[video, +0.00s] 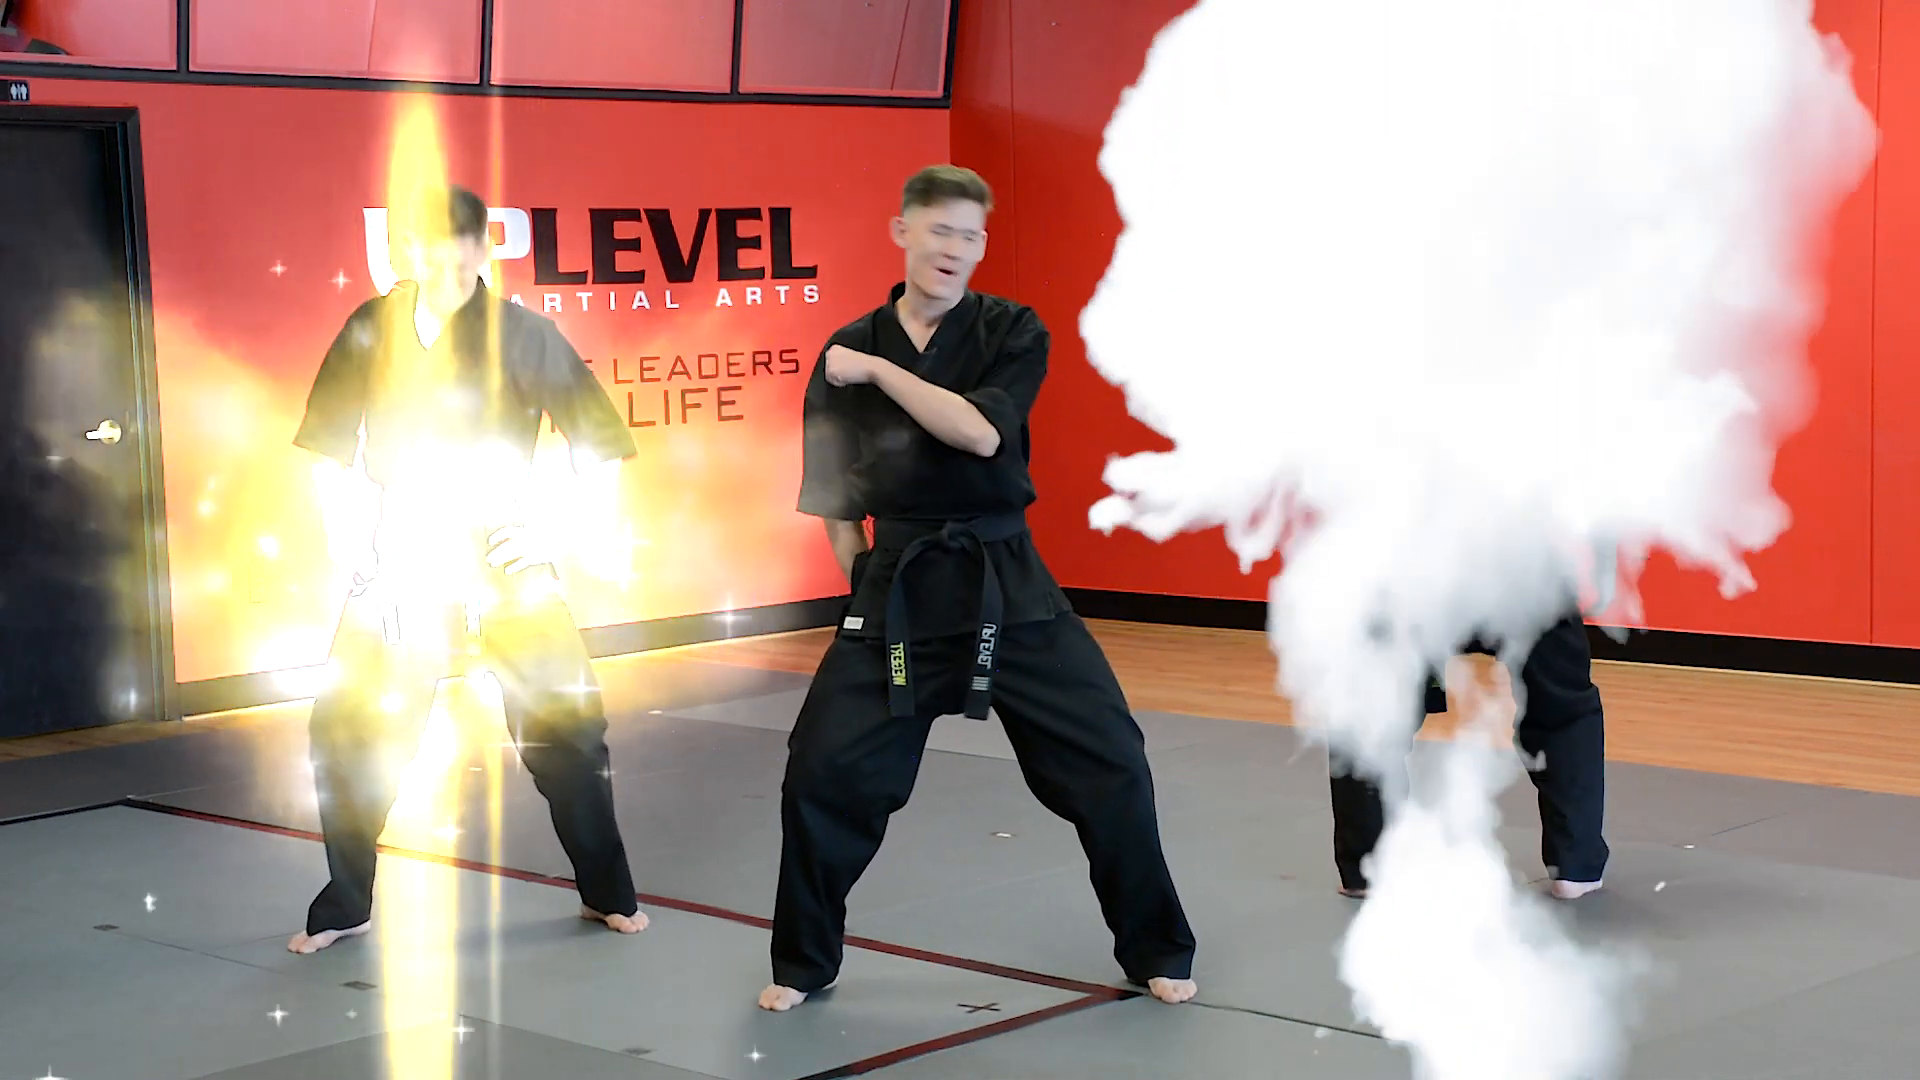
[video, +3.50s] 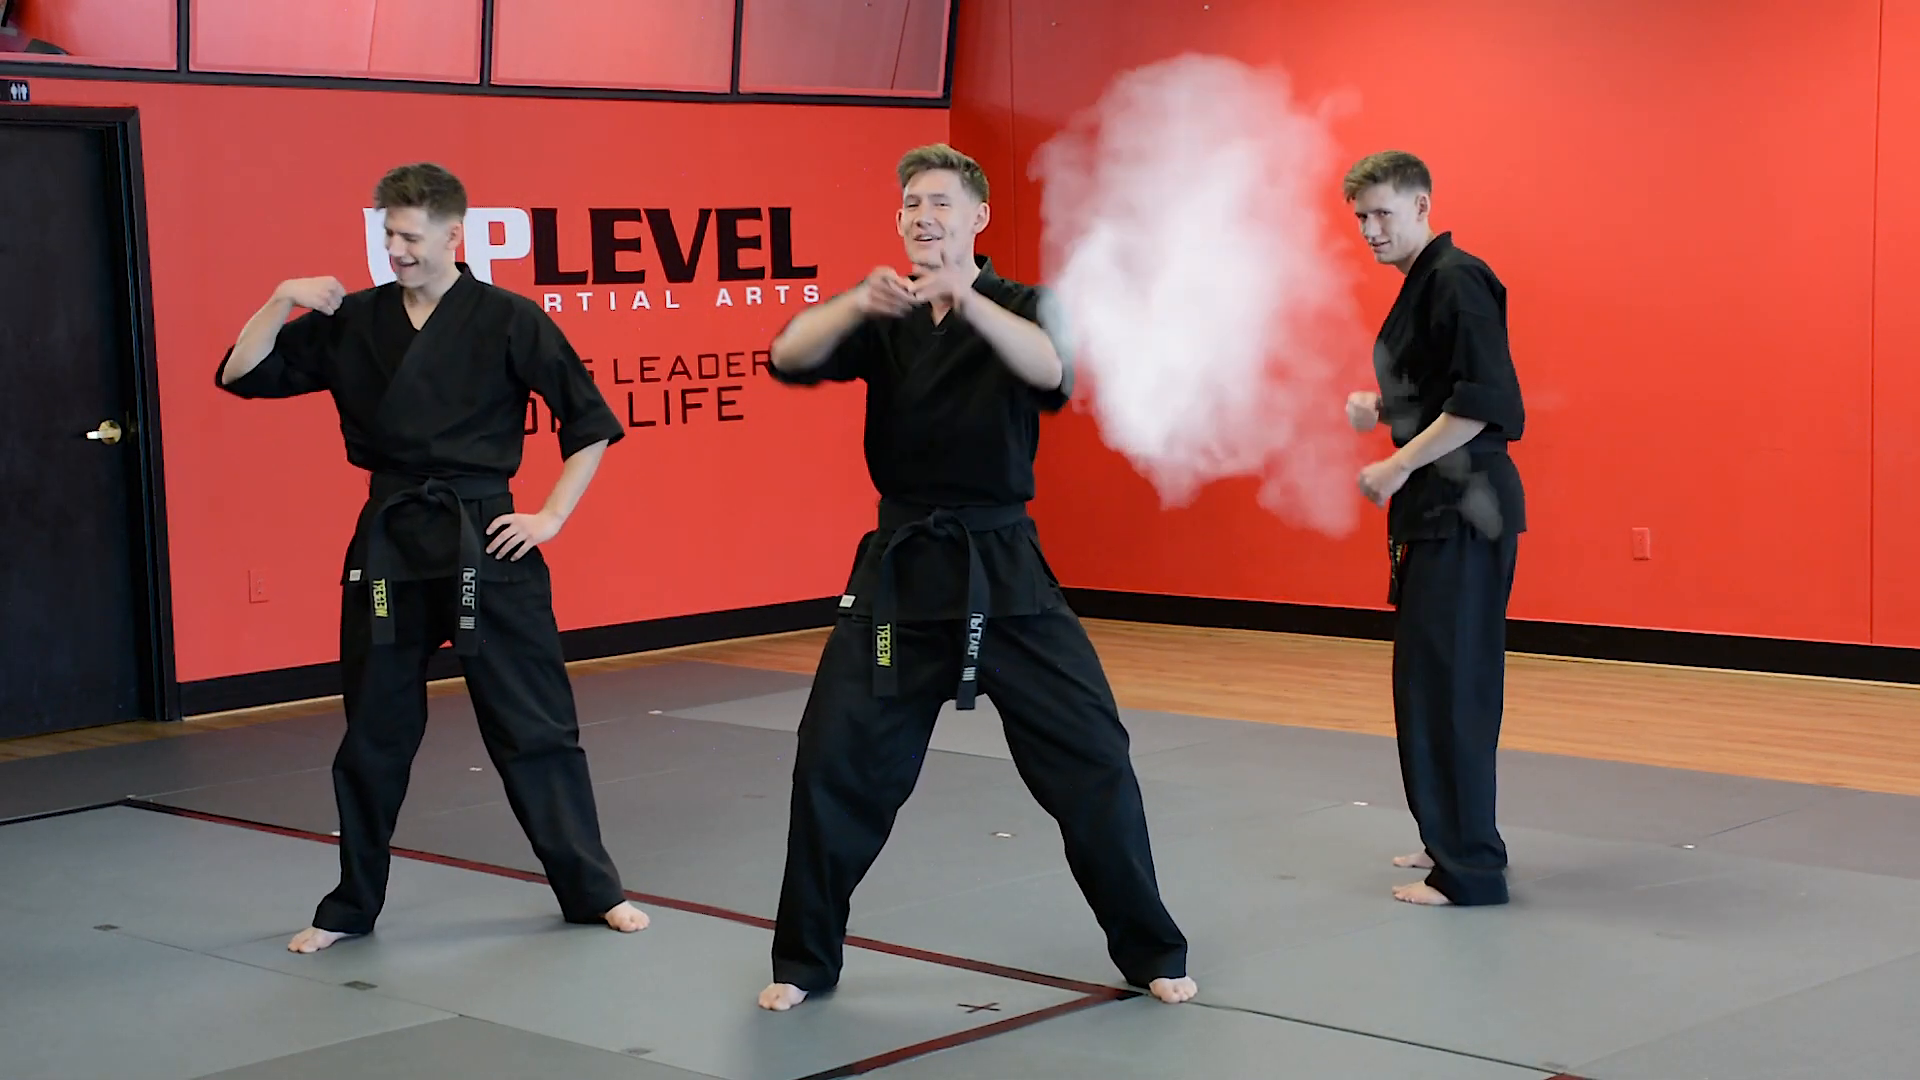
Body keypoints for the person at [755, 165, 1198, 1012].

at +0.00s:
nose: (956, 250)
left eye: (971, 237)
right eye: (941, 231)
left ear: (984, 249)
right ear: (901, 234)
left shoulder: (1014, 333)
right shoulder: (850, 348)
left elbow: (982, 431)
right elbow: (830, 493)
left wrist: (875, 368)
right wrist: (869, 590)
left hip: (1008, 575)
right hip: (898, 582)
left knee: (1110, 759)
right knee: (825, 768)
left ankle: (1155, 947)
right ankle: (804, 960)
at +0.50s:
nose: (922, 231)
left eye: (939, 217)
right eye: (909, 216)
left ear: (967, 231)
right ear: (886, 229)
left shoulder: (1016, 329)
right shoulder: (853, 356)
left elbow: (1033, 459)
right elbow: (849, 509)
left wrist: (915, 493)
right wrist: (877, 609)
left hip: (1011, 582)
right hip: (896, 591)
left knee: (1110, 761)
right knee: (827, 768)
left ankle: (1156, 947)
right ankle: (805, 959)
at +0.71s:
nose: (924, 221)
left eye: (943, 209)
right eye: (911, 208)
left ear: (972, 228)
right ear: (890, 225)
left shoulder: (1015, 332)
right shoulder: (853, 351)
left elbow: (1056, 472)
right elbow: (844, 499)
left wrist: (994, 575)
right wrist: (869, 601)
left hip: (1009, 573)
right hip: (895, 582)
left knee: (1106, 755)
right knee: (828, 764)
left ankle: (1154, 946)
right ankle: (804, 959)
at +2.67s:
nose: (953, 218)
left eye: (969, 206)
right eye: (938, 207)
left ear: (998, 223)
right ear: (915, 227)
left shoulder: (1034, 340)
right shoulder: (864, 335)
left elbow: (1066, 482)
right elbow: (832, 481)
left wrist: (1074, 599)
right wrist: (826, 601)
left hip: (1014, 578)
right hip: (898, 581)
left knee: (1106, 759)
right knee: (832, 765)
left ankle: (1154, 948)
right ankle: (805, 960)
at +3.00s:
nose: (942, 217)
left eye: (959, 205)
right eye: (929, 207)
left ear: (994, 221)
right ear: (910, 228)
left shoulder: (1036, 336)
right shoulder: (864, 327)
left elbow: (1065, 466)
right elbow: (819, 436)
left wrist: (1019, 507)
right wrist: (832, 496)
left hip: (1013, 573)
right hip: (898, 574)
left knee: (1103, 753)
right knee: (832, 764)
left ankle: (1153, 948)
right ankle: (805, 959)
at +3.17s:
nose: (938, 218)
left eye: (955, 205)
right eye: (925, 207)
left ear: (990, 219)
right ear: (907, 225)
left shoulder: (1032, 330)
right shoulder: (867, 326)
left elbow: (1031, 458)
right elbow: (841, 436)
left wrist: (953, 432)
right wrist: (918, 422)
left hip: (1010, 571)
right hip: (898, 574)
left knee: (1101, 754)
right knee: (829, 764)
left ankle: (1152, 948)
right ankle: (804, 960)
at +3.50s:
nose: (924, 218)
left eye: (941, 204)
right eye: (913, 205)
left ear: (979, 218)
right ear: (899, 222)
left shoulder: (1024, 306)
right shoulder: (878, 316)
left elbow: (1052, 375)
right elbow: (787, 357)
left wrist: (969, 302)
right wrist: (854, 307)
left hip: (1009, 566)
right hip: (901, 567)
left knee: (1095, 757)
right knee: (833, 763)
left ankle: (1151, 952)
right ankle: (805, 960)